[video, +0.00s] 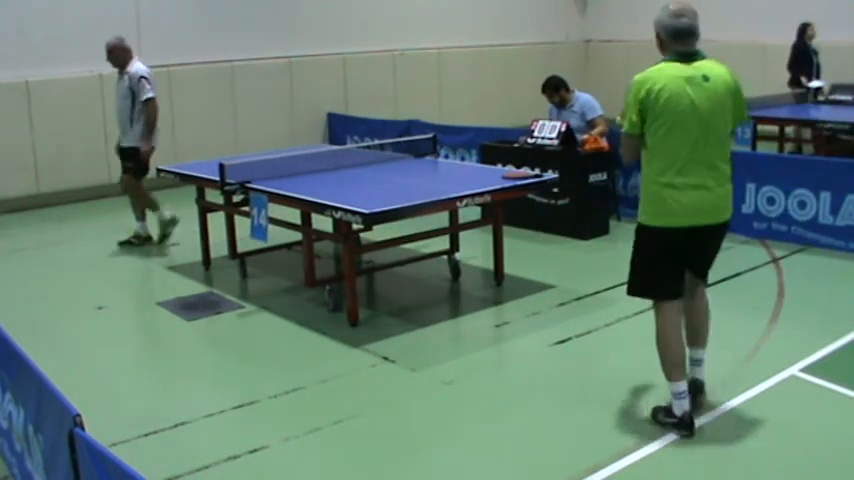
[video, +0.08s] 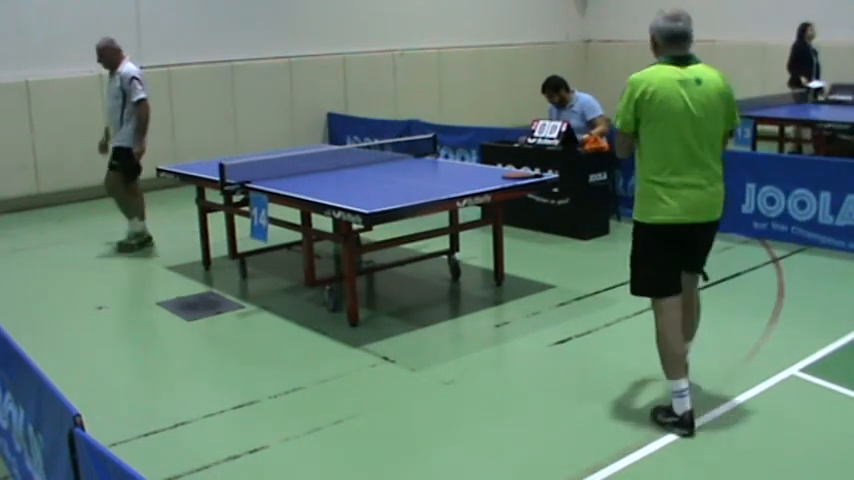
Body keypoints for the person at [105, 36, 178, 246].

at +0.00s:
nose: (109, 60)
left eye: (111, 55)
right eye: (108, 56)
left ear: (124, 52)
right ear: (116, 54)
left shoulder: (138, 73)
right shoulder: (123, 75)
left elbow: (151, 105)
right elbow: (127, 110)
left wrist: (147, 141)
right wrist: (121, 139)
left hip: (138, 143)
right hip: (126, 142)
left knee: (130, 183)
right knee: (132, 186)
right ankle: (142, 229)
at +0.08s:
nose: (101, 64)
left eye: (102, 59)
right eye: (99, 60)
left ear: (114, 54)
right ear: (111, 55)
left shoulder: (129, 74)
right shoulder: (115, 75)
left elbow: (143, 106)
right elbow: (114, 111)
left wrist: (140, 141)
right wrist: (106, 137)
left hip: (128, 142)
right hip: (119, 142)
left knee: (113, 184)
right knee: (130, 186)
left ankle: (136, 229)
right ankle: (140, 231)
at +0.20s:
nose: (86, 68)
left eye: (87, 63)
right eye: (84, 64)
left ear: (98, 57)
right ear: (97, 58)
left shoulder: (114, 78)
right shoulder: (100, 78)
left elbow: (129, 111)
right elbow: (99, 113)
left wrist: (127, 146)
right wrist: (86, 136)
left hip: (114, 147)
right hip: (109, 146)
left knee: (98, 189)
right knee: (126, 189)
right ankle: (141, 232)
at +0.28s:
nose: (75, 72)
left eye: (76, 67)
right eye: (73, 68)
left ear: (87, 62)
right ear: (87, 61)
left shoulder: (103, 81)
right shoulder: (91, 81)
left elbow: (118, 114)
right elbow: (89, 115)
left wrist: (117, 150)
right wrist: (76, 138)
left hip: (103, 150)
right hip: (100, 149)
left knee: (88, 192)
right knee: (120, 190)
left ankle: (76, 243)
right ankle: (140, 232)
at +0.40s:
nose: (57, 74)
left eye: (57, 69)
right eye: (55, 70)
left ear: (68, 64)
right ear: (71, 62)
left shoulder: (84, 82)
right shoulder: (75, 81)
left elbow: (98, 117)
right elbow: (78, 116)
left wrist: (99, 155)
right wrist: (69, 141)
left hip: (83, 152)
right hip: (82, 151)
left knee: (73, 196)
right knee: (101, 191)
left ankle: (72, 245)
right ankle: (133, 225)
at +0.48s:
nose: (45, 74)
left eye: (45, 69)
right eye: (43, 69)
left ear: (55, 63)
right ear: (59, 60)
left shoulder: (72, 82)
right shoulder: (68, 79)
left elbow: (85, 117)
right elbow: (78, 117)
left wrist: (83, 154)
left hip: (73, 152)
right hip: (72, 151)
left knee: (67, 195)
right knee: (83, 193)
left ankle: (71, 245)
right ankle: (117, 219)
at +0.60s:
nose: (30, 73)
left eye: (30, 67)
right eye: (28, 68)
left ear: (40, 61)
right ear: (41, 60)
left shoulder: (56, 80)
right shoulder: (54, 77)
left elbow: (65, 116)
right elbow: (63, 115)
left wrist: (57, 151)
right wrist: (54, 146)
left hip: (64, 151)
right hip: (58, 149)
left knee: (62, 194)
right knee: (50, 190)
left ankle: (71, 244)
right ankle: (86, 223)